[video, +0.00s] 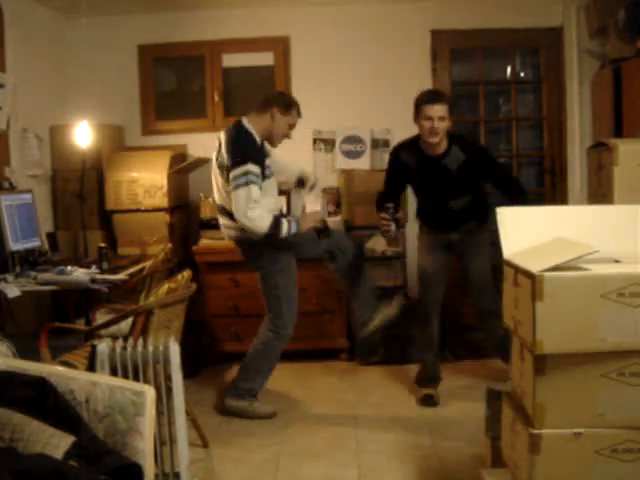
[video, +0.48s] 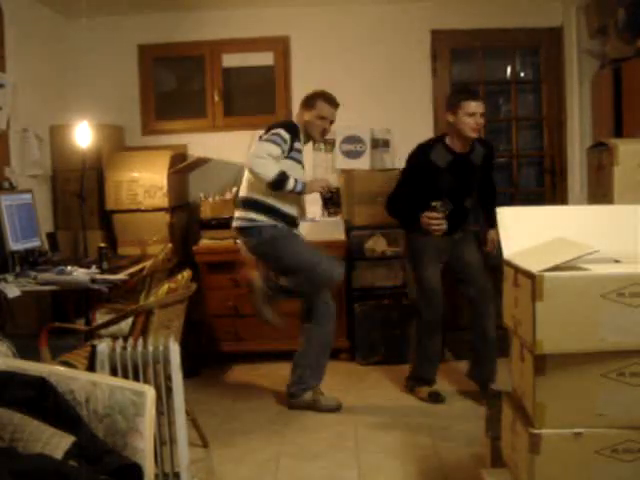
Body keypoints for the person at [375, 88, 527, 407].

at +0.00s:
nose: (434, 126)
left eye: (440, 119)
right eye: (428, 119)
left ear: (450, 121)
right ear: (417, 121)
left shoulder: (467, 148)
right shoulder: (404, 155)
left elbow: (505, 181)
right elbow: (390, 195)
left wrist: (526, 210)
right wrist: (387, 213)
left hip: (474, 230)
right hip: (433, 232)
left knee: (484, 293)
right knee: (430, 300)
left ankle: (503, 355)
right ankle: (429, 377)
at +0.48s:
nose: (478, 122)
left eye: (481, 115)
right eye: (471, 116)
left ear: (483, 118)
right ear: (450, 117)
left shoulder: (483, 153)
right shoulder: (425, 154)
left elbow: (488, 194)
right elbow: (396, 204)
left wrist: (492, 226)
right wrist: (417, 219)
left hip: (464, 236)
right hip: (427, 239)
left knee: (482, 297)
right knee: (432, 303)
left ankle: (482, 377)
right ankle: (421, 379)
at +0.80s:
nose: (511, 123)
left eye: (516, 117)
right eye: (504, 116)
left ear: (520, 122)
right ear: (486, 119)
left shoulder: (512, 163)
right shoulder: (457, 147)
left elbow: (509, 209)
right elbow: (419, 188)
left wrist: (505, 245)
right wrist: (440, 199)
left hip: (482, 240)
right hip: (444, 238)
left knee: (488, 309)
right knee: (453, 309)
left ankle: (487, 378)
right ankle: (468, 383)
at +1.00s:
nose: (488, 125)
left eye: (495, 119)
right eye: (483, 119)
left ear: (508, 124)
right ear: (476, 124)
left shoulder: (516, 168)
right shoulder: (456, 158)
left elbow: (523, 224)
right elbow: (422, 199)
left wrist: (511, 206)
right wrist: (439, 203)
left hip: (498, 250)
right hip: (458, 248)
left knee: (501, 315)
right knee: (471, 313)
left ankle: (493, 379)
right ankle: (477, 393)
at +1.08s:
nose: (462, 101)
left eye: (469, 95)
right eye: (459, 96)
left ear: (489, 99)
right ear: (456, 102)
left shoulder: (510, 141)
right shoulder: (447, 140)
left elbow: (527, 189)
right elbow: (422, 189)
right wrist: (434, 197)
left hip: (499, 233)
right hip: (457, 234)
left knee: (497, 303)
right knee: (464, 303)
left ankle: (493, 372)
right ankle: (473, 375)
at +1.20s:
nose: (443, 93)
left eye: (449, 85)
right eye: (439, 87)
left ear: (468, 85)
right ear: (437, 92)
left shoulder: (496, 120)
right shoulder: (438, 132)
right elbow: (428, 175)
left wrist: (475, 111)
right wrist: (429, 191)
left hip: (495, 222)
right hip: (457, 223)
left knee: (495, 299)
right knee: (459, 300)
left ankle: (495, 368)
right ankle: (465, 373)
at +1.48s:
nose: (414, 108)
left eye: (419, 102)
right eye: (413, 102)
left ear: (439, 102)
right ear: (429, 105)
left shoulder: (467, 135)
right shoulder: (441, 146)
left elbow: (494, 183)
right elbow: (446, 198)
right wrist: (418, 203)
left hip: (488, 234)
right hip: (465, 235)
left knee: (458, 302)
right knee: (457, 304)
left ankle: (498, 373)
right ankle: (474, 383)